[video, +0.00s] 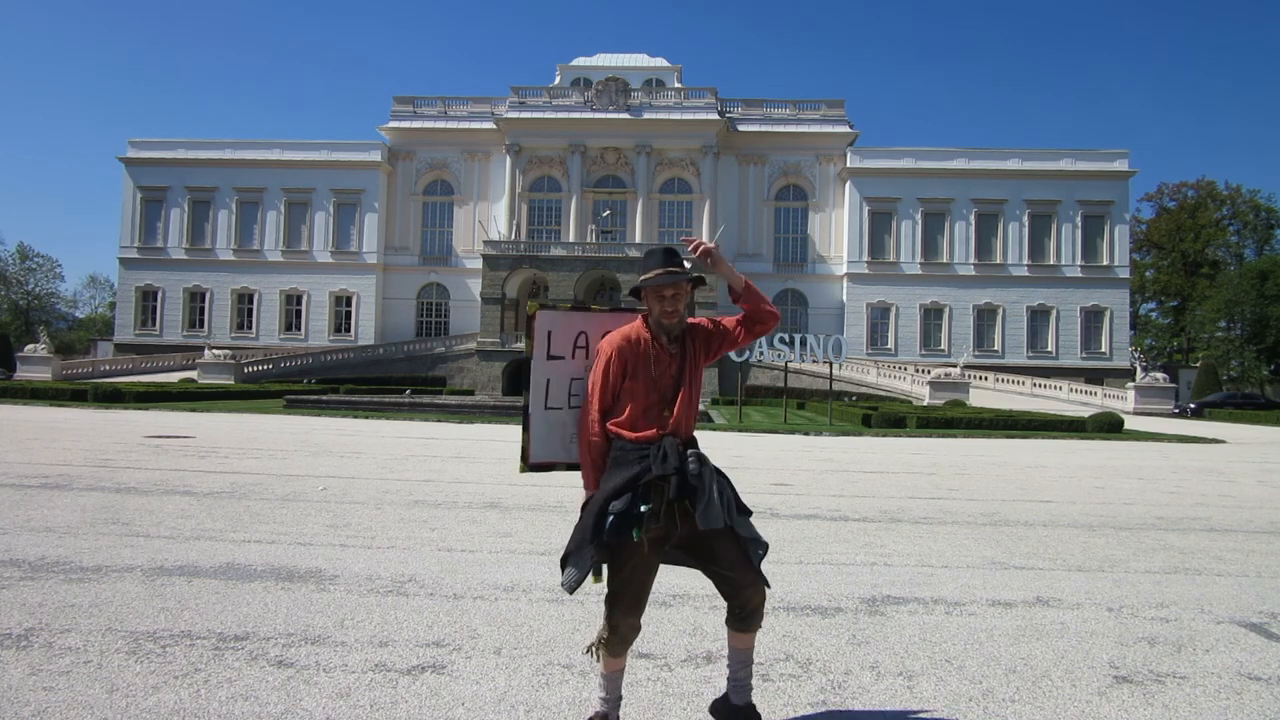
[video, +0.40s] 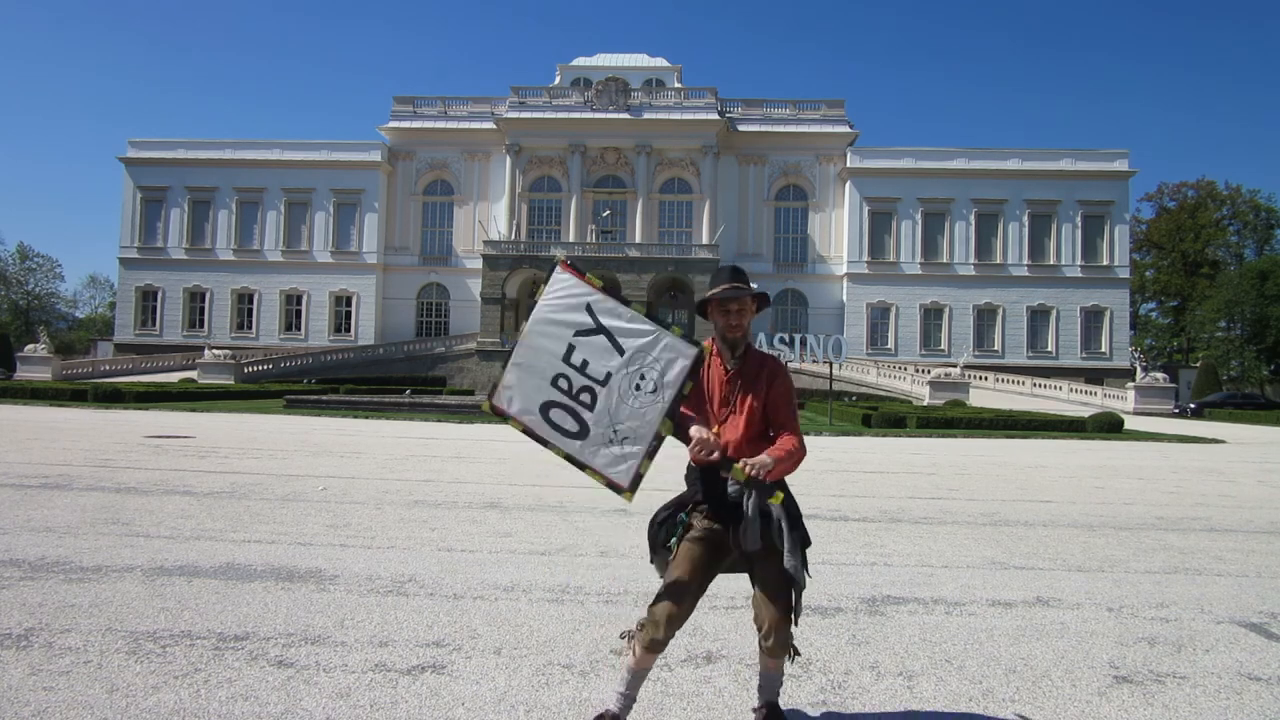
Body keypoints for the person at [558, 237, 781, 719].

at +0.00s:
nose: (670, 303)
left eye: (678, 293)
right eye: (660, 294)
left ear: (689, 294)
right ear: (644, 297)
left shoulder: (701, 336)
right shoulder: (617, 346)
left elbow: (765, 317)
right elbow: (592, 428)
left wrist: (722, 268)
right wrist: (597, 501)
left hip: (690, 486)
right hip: (632, 489)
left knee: (750, 592)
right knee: (623, 613)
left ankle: (738, 699)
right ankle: (608, 705)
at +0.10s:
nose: (679, 299)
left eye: (686, 288)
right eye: (669, 290)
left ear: (697, 290)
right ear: (650, 293)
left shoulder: (707, 333)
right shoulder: (624, 342)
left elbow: (776, 336)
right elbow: (587, 411)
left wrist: (751, 283)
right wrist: (564, 477)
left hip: (699, 475)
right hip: (641, 479)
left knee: (756, 578)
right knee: (628, 610)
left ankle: (751, 690)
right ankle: (608, 702)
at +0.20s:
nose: (687, 298)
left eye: (695, 288)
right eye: (677, 289)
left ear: (707, 290)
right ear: (660, 292)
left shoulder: (718, 336)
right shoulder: (634, 341)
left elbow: (788, 367)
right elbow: (587, 408)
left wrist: (777, 333)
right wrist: (556, 472)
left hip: (711, 476)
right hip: (651, 477)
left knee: (757, 590)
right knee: (632, 603)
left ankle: (767, 693)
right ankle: (608, 702)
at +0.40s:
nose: (733, 316)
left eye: (741, 307)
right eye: (723, 308)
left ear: (754, 310)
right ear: (709, 315)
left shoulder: (771, 369)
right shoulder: (692, 366)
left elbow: (792, 440)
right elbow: (677, 411)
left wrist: (772, 459)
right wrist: (700, 436)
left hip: (763, 501)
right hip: (709, 498)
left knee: (776, 612)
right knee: (673, 597)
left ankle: (768, 705)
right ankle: (620, 703)